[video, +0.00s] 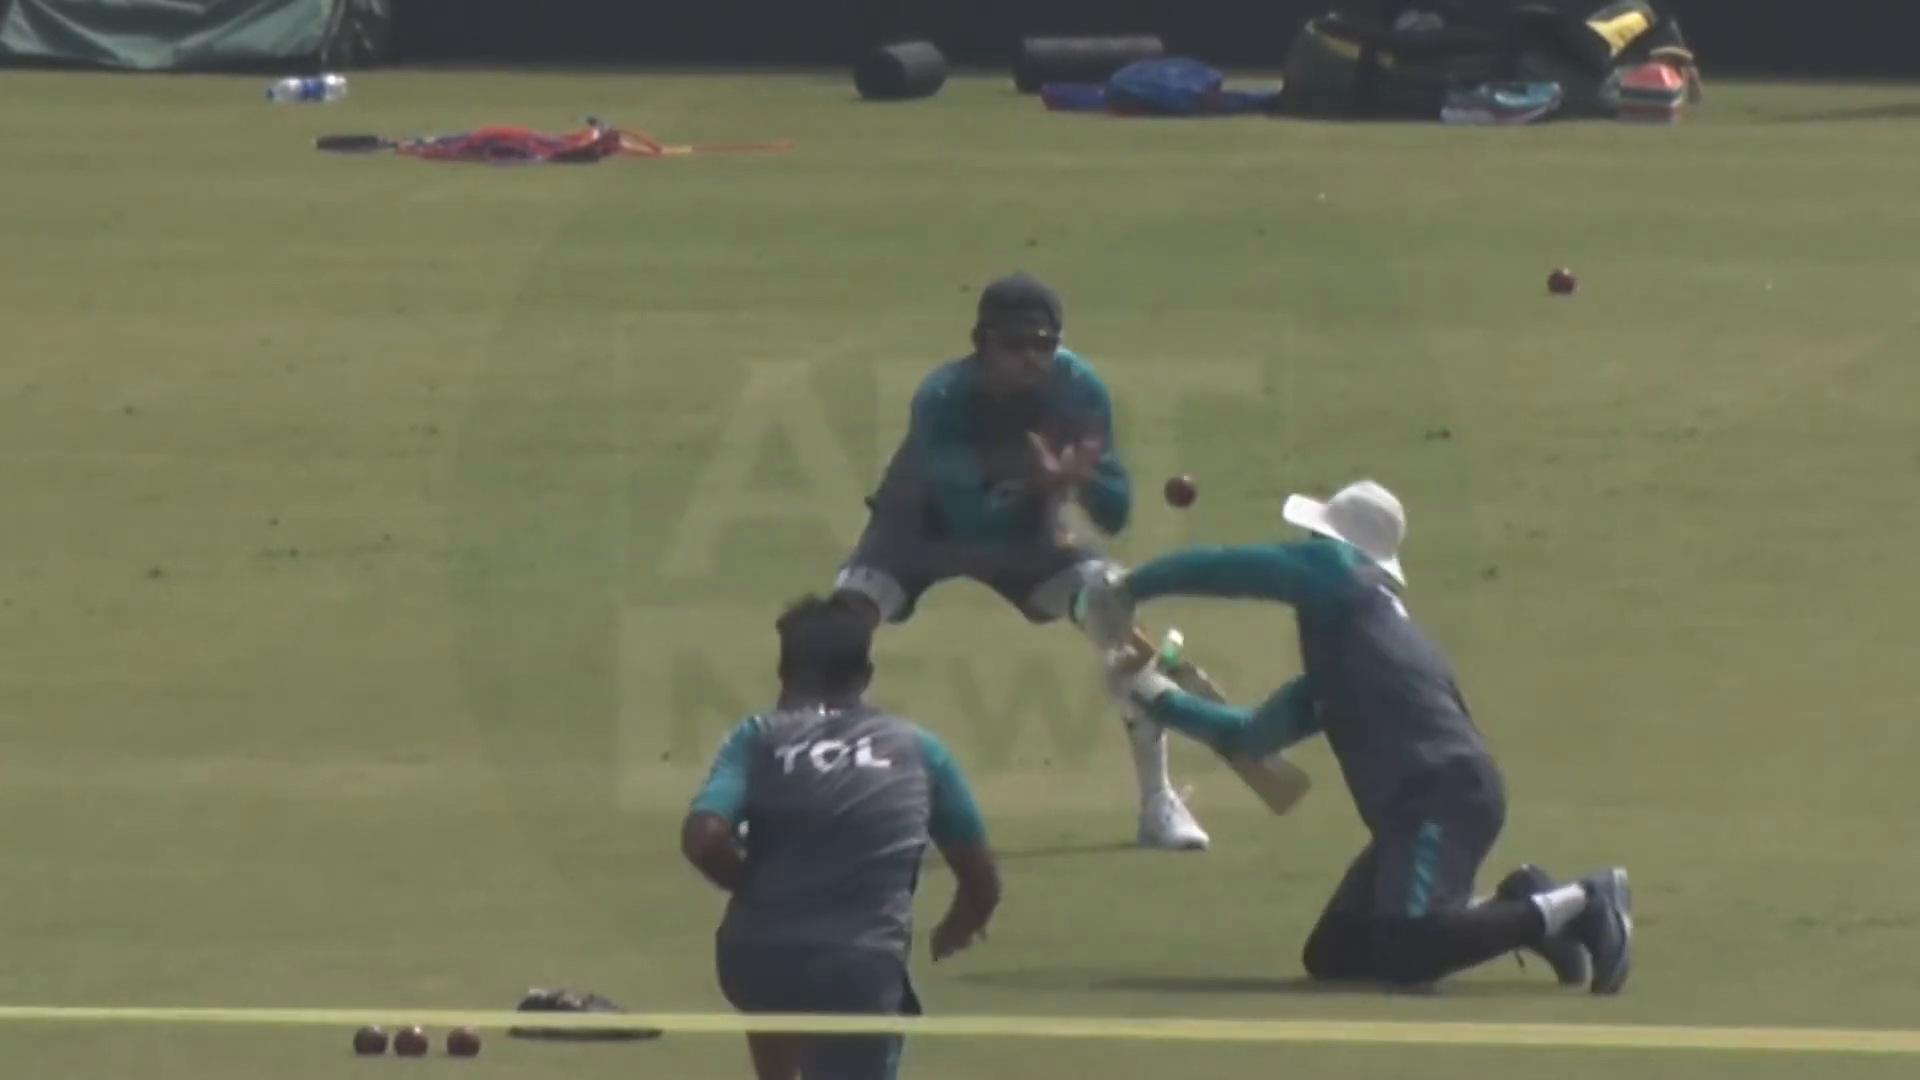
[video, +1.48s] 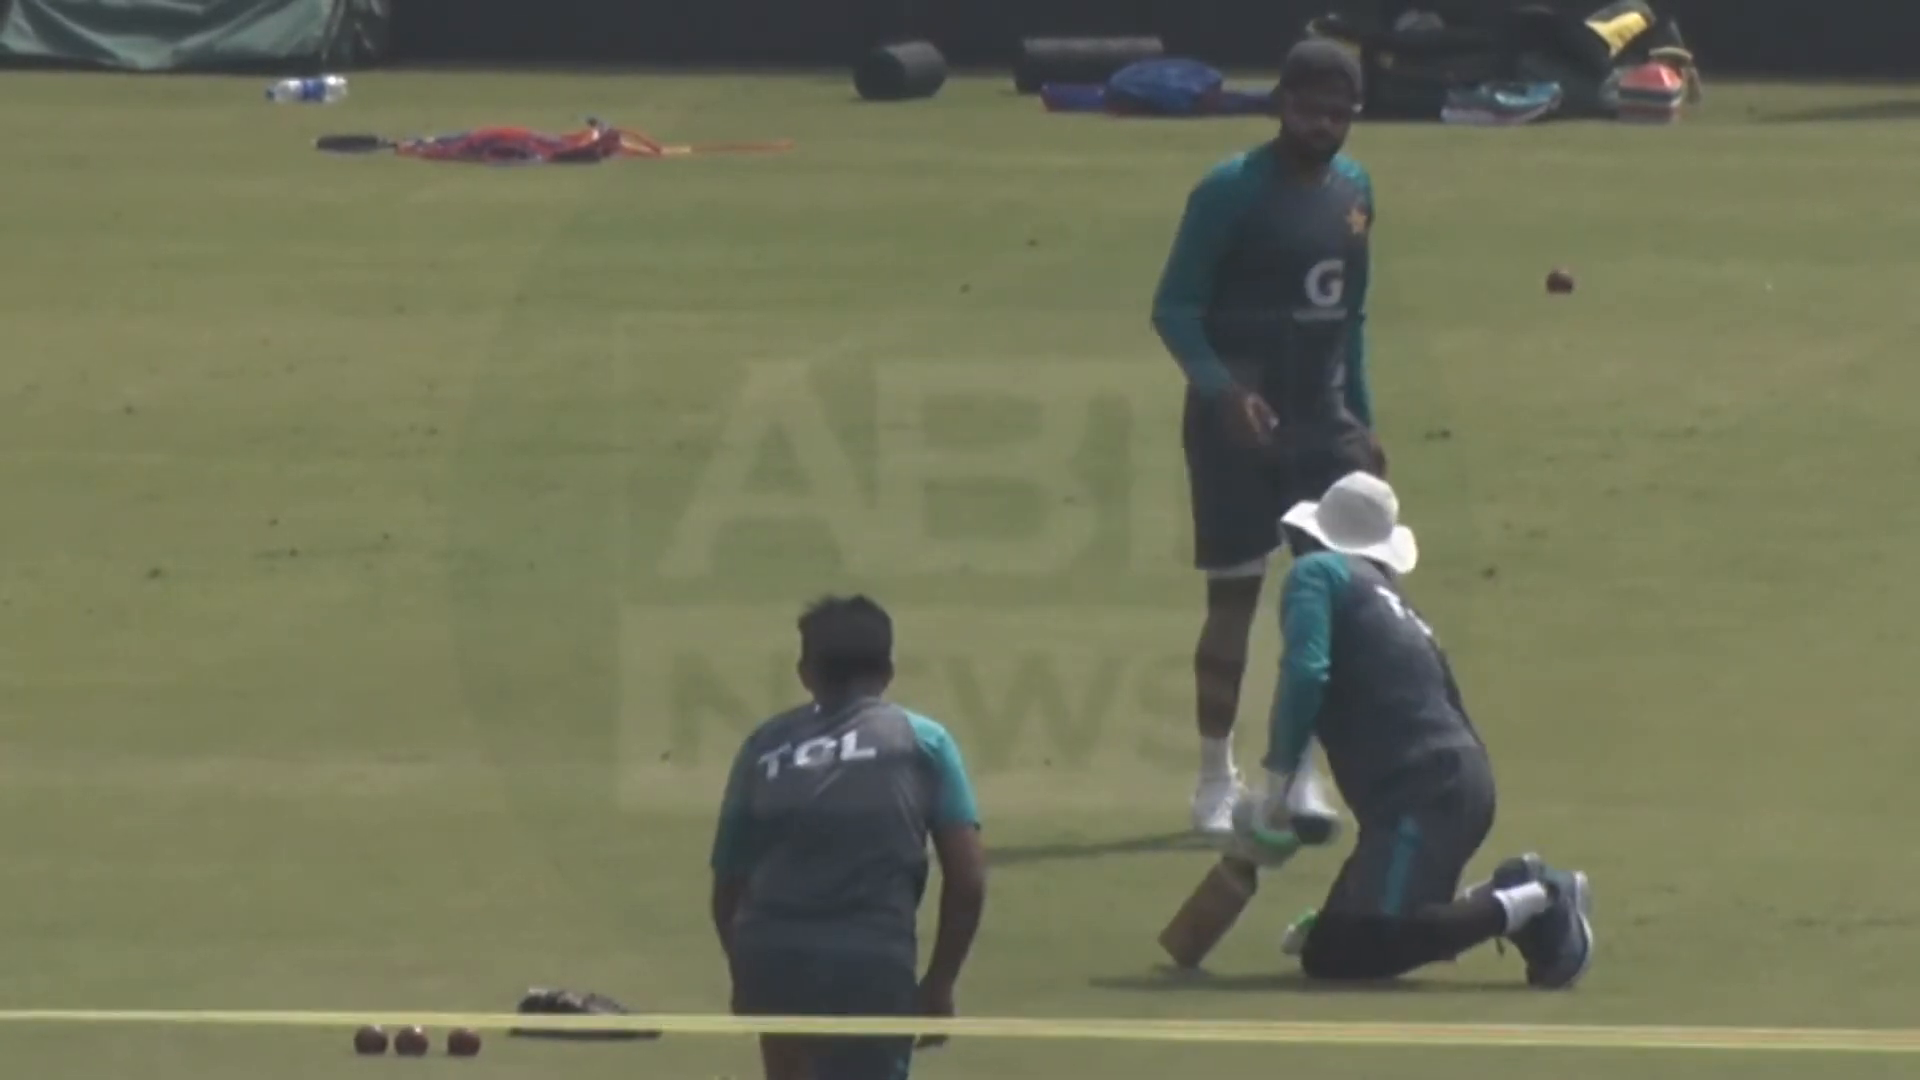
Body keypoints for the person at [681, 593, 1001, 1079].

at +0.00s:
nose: (779, 676)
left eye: (780, 666)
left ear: (784, 672)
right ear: (865, 675)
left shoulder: (755, 736)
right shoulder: (918, 748)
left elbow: (704, 837)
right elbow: (982, 882)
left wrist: (757, 885)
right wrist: (954, 931)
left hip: (756, 961)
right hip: (861, 968)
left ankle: (779, 1075)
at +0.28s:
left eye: (799, 654)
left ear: (804, 666)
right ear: (884, 669)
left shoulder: (758, 731)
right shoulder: (923, 747)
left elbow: (694, 840)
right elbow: (978, 895)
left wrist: (762, 884)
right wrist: (965, 992)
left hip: (755, 957)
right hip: (857, 968)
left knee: (766, 1014)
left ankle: (779, 1074)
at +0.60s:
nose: (805, 652)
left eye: (807, 643)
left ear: (809, 655)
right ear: (891, 656)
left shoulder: (760, 731)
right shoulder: (928, 741)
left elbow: (707, 863)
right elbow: (965, 886)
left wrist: (759, 900)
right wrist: (939, 985)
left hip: (761, 954)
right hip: (862, 965)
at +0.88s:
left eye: (801, 645)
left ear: (804, 657)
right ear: (885, 657)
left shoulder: (758, 735)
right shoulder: (925, 735)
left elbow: (720, 882)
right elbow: (968, 878)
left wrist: (766, 947)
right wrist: (933, 976)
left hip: (770, 958)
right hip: (870, 965)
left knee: (779, 1026)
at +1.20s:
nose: (794, 665)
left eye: (796, 655)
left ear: (803, 669)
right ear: (884, 667)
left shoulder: (759, 745)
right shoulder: (922, 737)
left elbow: (736, 886)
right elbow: (971, 877)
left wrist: (745, 986)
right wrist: (944, 983)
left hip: (770, 965)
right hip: (870, 968)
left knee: (785, 1069)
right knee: (869, 1068)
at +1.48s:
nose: (799, 672)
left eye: (801, 662)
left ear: (806, 674)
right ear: (887, 672)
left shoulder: (763, 744)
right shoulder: (925, 740)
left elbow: (727, 894)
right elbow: (967, 879)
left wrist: (746, 979)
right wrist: (939, 986)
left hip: (774, 961)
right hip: (872, 963)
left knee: (788, 1067)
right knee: (871, 1067)